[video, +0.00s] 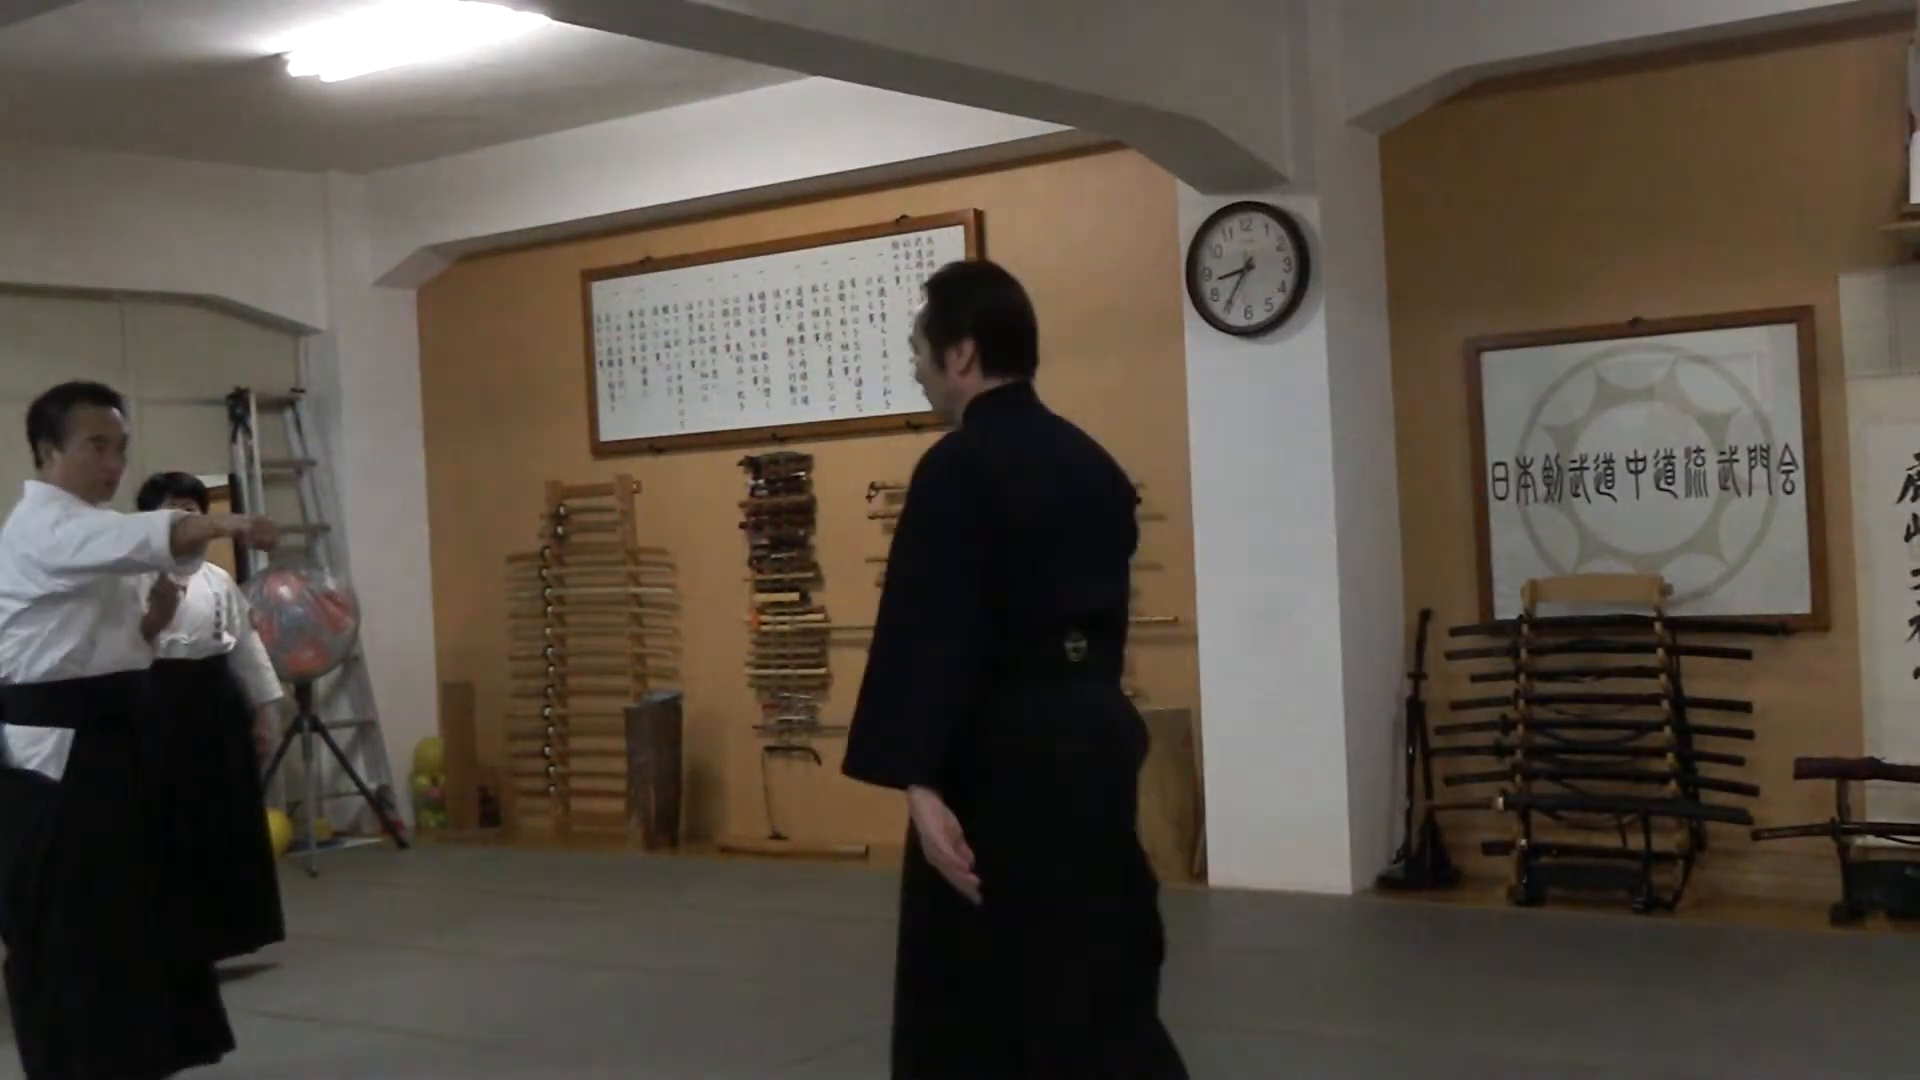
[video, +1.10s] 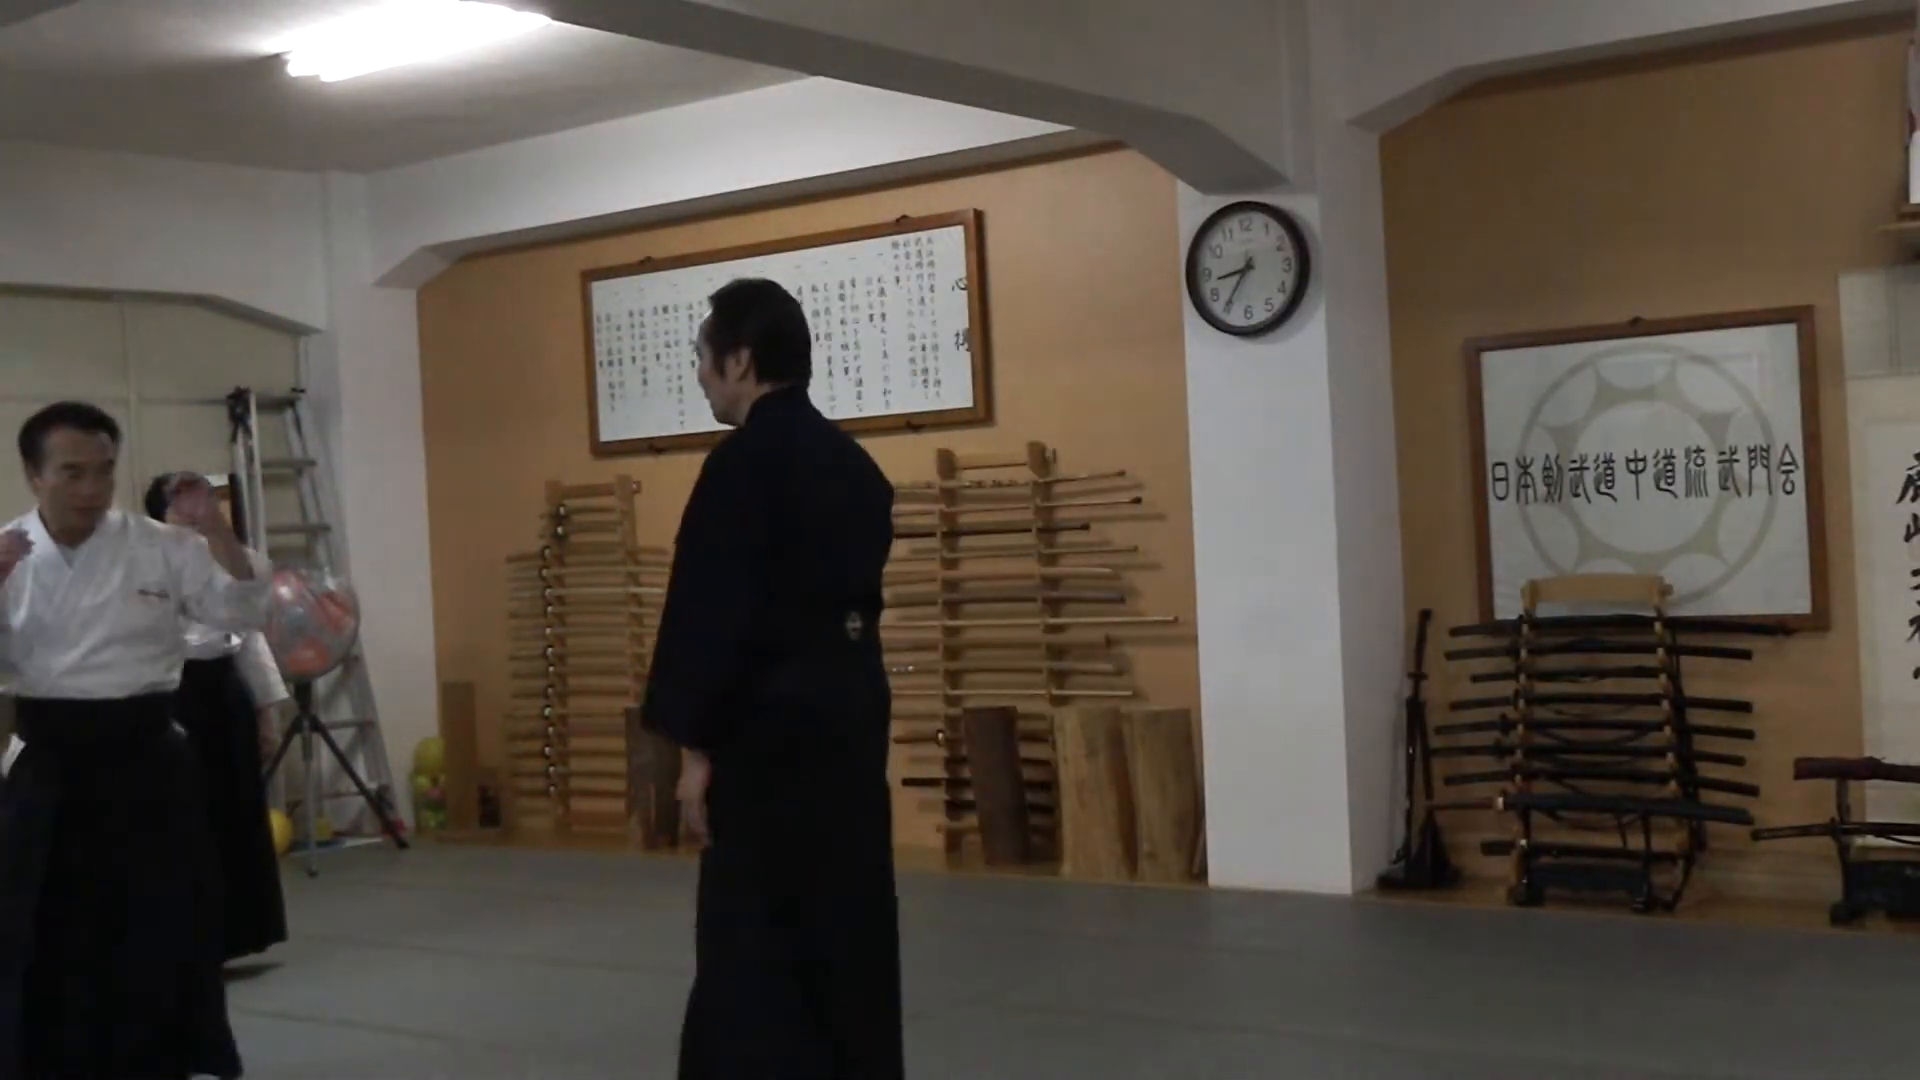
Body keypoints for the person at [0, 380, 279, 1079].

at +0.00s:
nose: (116, 461)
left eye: (121, 447)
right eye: (99, 445)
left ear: (122, 452)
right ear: (49, 451)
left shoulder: (91, 528)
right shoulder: (40, 523)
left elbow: (127, 637)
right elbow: (135, 536)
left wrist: (164, 593)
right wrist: (227, 526)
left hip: (104, 731)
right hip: (49, 739)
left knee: (120, 909)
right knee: (69, 923)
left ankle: (128, 1057)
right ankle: (79, 1062)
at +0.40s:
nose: (126, 461)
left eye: (132, 447)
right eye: (108, 446)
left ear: (135, 451)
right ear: (61, 452)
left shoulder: (103, 535)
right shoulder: (42, 531)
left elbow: (110, 659)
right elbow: (121, 572)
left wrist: (168, 654)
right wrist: (211, 564)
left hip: (109, 743)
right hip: (51, 752)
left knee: (126, 922)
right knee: (71, 932)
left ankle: (135, 1058)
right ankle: (80, 1061)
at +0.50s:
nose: (130, 462)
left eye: (138, 447)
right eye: (112, 447)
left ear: (145, 454)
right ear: (64, 454)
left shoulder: (141, 542)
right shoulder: (38, 543)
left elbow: (169, 631)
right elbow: (93, 637)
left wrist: (192, 684)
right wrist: (172, 652)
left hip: (133, 752)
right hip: (54, 762)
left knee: (144, 924)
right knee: (68, 937)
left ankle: (147, 1059)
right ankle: (78, 1066)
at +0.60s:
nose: (131, 462)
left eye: (140, 448)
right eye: (112, 447)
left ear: (148, 456)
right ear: (67, 455)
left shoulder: (162, 548)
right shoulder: (33, 549)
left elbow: (193, 653)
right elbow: (28, 664)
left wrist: (212, 748)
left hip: (158, 735)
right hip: (64, 746)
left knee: (159, 923)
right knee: (76, 928)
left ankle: (158, 1063)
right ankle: (76, 1064)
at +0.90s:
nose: (99, 481)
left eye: (109, 466)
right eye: (81, 466)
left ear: (119, 471)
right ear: (37, 472)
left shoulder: (159, 563)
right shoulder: (10, 556)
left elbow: (224, 660)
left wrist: (284, 664)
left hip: (129, 757)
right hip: (27, 755)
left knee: (139, 939)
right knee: (33, 941)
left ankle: (146, 1067)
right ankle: (40, 1066)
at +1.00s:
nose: (90, 487)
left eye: (101, 472)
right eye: (72, 472)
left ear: (113, 476)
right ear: (31, 477)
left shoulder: (158, 559)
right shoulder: (7, 558)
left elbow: (232, 640)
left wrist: (237, 572)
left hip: (136, 763)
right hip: (37, 763)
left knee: (148, 943)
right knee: (38, 941)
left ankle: (154, 1067)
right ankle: (44, 1067)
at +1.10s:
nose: (91, 487)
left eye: (103, 471)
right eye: (72, 471)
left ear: (116, 475)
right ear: (34, 478)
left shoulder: (160, 549)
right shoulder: (15, 556)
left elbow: (244, 613)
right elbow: (8, 663)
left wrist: (227, 547)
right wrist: (3, 583)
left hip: (146, 752)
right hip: (49, 755)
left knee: (161, 924)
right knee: (46, 928)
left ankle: (178, 1059)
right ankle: (52, 1062)